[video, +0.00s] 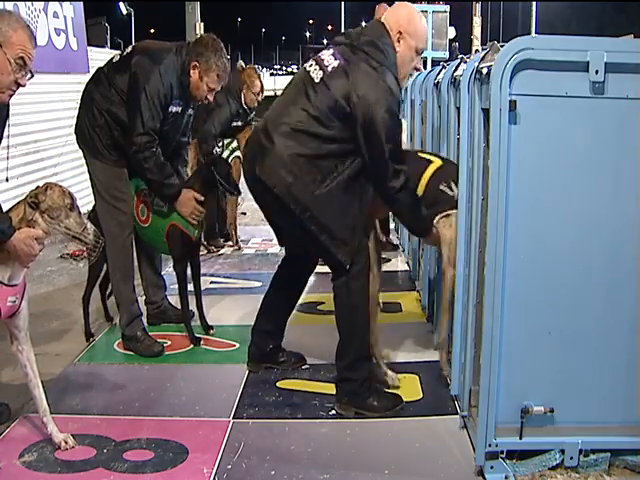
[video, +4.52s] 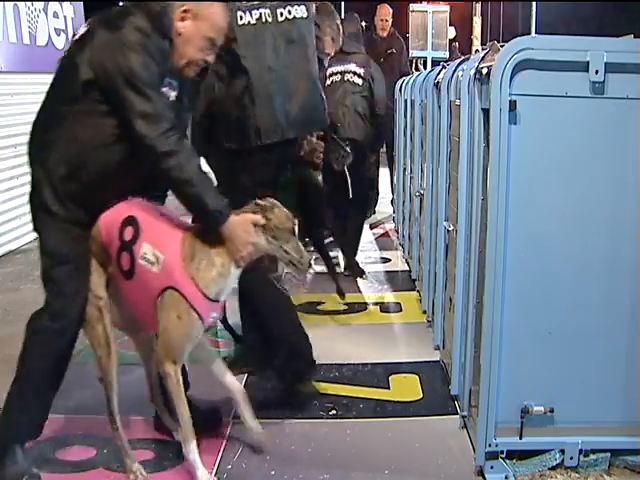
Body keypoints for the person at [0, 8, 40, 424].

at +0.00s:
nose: (24, 80)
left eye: (29, 71)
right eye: (20, 65)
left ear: (24, 71)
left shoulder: (5, 109)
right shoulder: (0, 110)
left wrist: (10, 230)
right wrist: (9, 234)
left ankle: (0, 405)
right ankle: (0, 407)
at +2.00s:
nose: (36, 77)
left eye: (41, 69)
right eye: (33, 61)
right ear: (4, 44)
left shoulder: (11, 104)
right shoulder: (4, 104)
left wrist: (22, 220)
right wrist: (21, 226)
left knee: (5, 313)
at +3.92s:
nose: (80, 51)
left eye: (85, 41)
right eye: (75, 37)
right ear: (45, 21)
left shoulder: (50, 60)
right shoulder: (10, 49)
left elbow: (50, 142)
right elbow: (33, 141)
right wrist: (99, 207)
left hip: (20, 211)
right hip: (4, 214)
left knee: (19, 328)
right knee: (5, 338)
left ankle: (16, 434)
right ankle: (7, 449)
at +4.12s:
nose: (107, 51)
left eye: (112, 41)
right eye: (102, 38)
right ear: (71, 18)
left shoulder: (78, 57)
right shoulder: (25, 48)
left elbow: (74, 148)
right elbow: (64, 149)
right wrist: (133, 219)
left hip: (35, 214)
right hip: (3, 216)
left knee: (52, 308)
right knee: (9, 330)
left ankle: (55, 386)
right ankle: (9, 452)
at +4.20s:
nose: (122, 52)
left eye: (127, 43)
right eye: (118, 39)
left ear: (94, 18)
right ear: (86, 18)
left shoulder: (94, 58)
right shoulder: (36, 48)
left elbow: (91, 146)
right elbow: (78, 152)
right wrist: (150, 219)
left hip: (59, 204)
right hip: (9, 209)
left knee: (97, 290)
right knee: (14, 322)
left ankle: (108, 393)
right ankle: (9, 454)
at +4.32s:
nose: (150, 54)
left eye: (156, 45)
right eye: (148, 41)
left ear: (123, 21)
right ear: (117, 19)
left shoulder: (112, 54)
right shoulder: (65, 51)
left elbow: (110, 147)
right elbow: (107, 155)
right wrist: (173, 223)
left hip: (70, 202)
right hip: (17, 207)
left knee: (127, 289)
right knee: (27, 325)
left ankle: (153, 391)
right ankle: (7, 455)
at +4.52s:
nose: (210, 58)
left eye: (216, 49)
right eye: (210, 44)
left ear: (187, 21)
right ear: (183, 19)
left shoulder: (169, 53)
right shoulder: (126, 41)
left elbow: (174, 140)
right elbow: (162, 140)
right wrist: (222, 219)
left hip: (128, 191)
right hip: (68, 191)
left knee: (158, 298)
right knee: (65, 310)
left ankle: (174, 409)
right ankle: (12, 443)